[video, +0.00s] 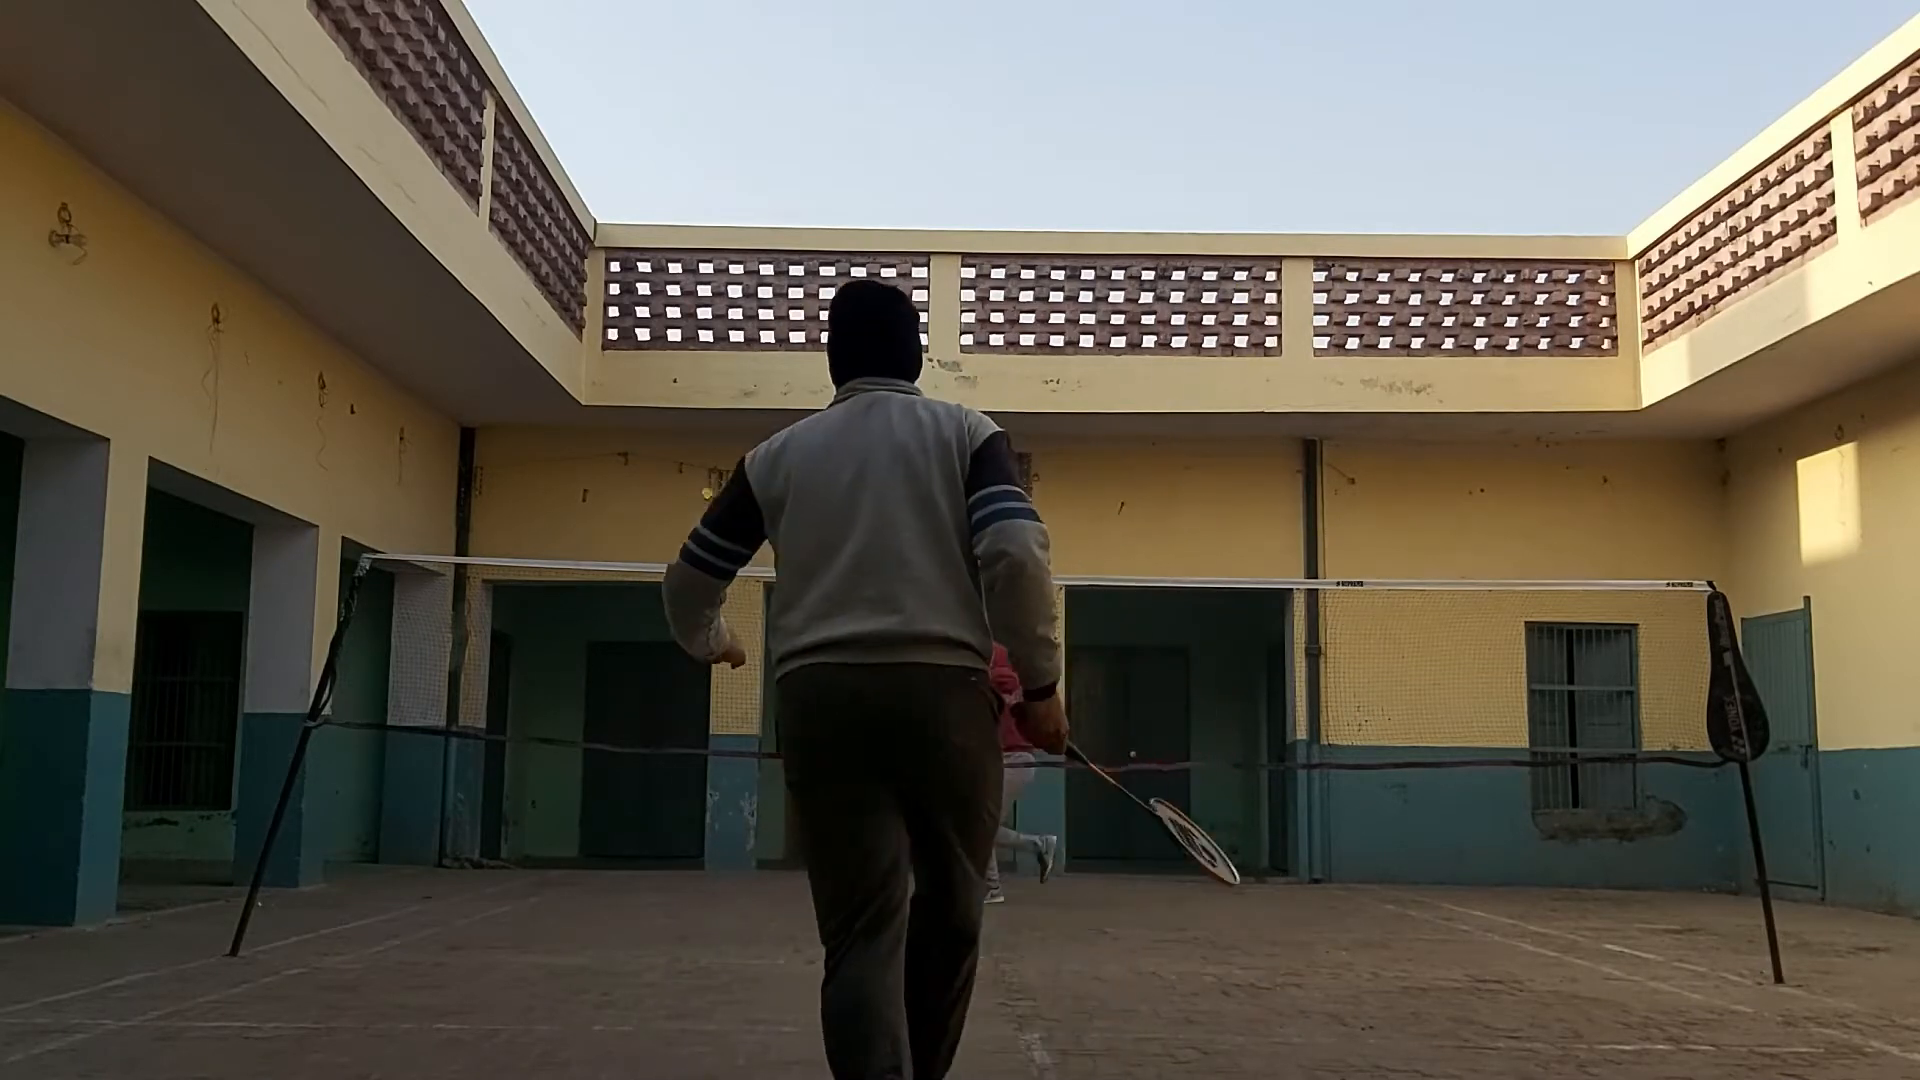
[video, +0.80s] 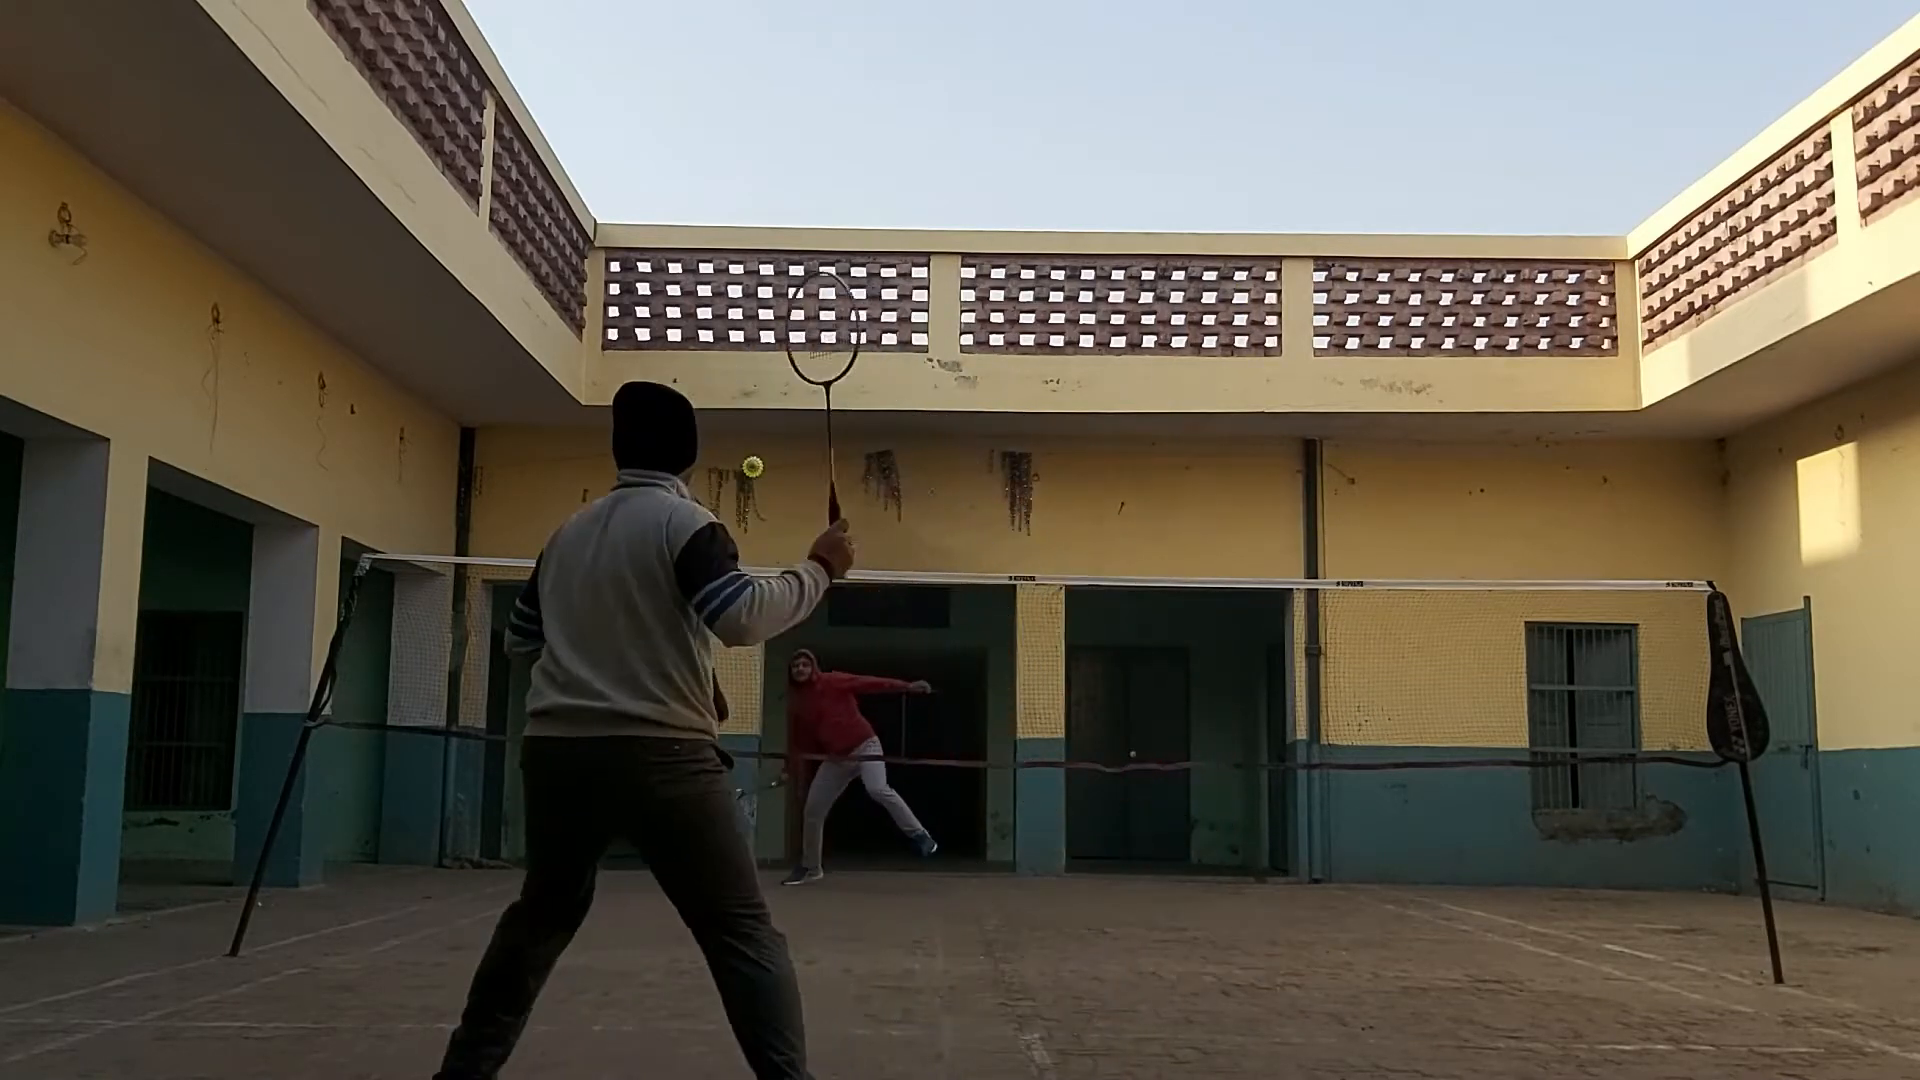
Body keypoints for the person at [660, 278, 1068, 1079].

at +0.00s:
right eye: (909, 341)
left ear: (833, 359)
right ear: (916, 354)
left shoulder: (778, 452)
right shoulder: (967, 431)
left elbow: (688, 586)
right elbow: (1015, 554)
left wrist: (712, 642)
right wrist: (1041, 687)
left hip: (819, 694)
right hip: (945, 692)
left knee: (858, 921)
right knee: (950, 908)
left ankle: (872, 1072)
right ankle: (918, 1067)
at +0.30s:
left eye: (789, 387)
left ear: (786, 395)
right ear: (864, 395)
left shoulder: (735, 475)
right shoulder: (898, 466)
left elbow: (730, 587)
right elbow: (942, 577)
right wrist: (972, 699)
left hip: (740, 693)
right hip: (856, 691)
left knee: (774, 917)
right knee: (852, 898)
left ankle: (820, 1069)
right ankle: (836, 1061)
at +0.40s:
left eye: (776, 390)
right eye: (838, 393)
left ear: (769, 397)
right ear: (845, 397)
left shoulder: (715, 475)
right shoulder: (877, 471)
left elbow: (700, 588)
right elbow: (925, 582)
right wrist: (945, 695)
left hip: (708, 689)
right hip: (821, 689)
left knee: (707, 902)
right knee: (824, 908)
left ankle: (755, 1063)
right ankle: (821, 1070)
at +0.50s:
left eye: (751, 394)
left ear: (743, 403)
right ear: (821, 404)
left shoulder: (688, 476)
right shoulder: (857, 477)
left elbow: (648, 604)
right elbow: (904, 585)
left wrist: (692, 666)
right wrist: (914, 689)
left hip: (674, 687)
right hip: (789, 691)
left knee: (636, 890)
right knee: (805, 904)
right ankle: (815, 1072)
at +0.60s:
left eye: (717, 409)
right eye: (780, 411)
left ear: (710, 416)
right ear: (787, 417)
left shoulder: (649, 492)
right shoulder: (821, 492)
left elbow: (596, 611)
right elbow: (872, 605)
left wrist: (645, 671)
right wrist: (877, 676)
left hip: (639, 704)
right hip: (755, 711)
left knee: (585, 886)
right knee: (790, 907)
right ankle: (811, 1073)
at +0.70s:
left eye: (675, 427)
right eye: (740, 433)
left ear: (668, 438)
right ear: (745, 440)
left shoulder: (611, 519)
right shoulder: (763, 521)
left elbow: (549, 626)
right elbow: (818, 639)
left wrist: (632, 630)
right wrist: (857, 630)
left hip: (599, 738)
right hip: (713, 746)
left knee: (546, 907)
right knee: (777, 933)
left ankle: (463, 1068)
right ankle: (796, 1074)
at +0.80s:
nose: (692, 456)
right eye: (692, 446)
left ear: (617, 450)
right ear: (688, 451)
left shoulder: (565, 536)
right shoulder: (687, 523)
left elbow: (523, 637)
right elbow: (737, 613)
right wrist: (818, 571)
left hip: (557, 751)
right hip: (666, 754)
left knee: (545, 907)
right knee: (739, 928)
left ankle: (466, 1064)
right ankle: (785, 1070)